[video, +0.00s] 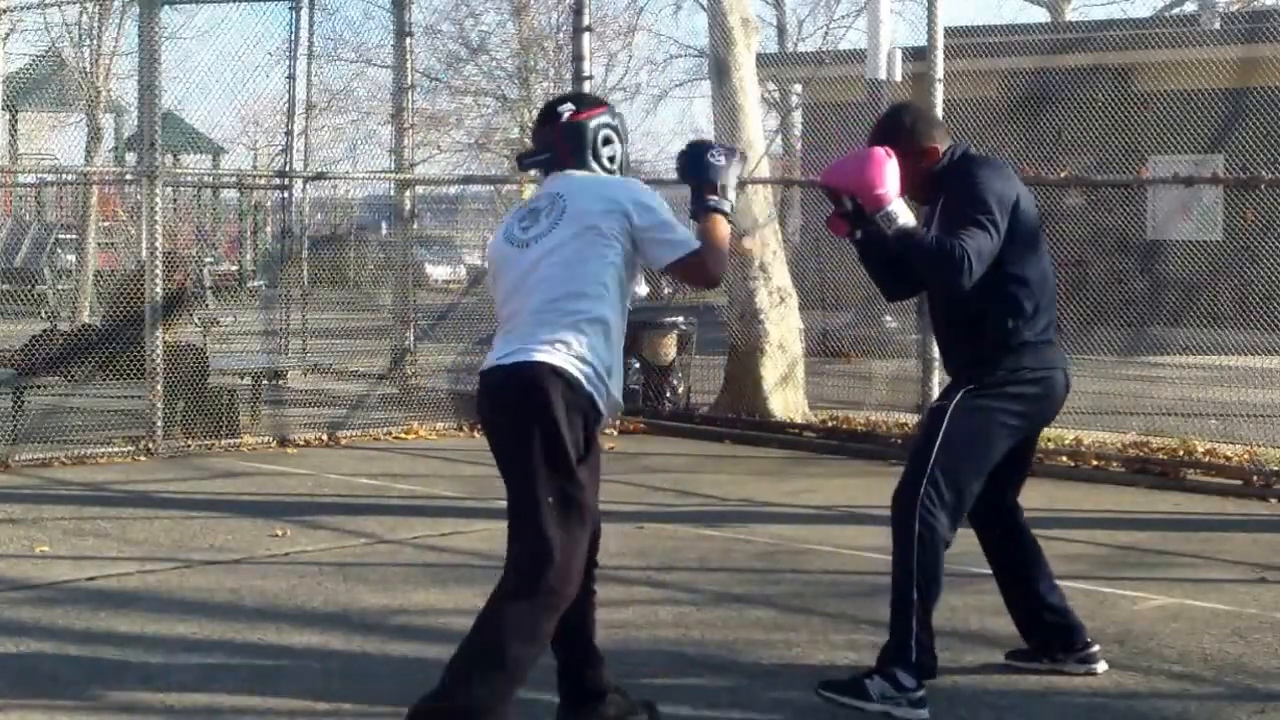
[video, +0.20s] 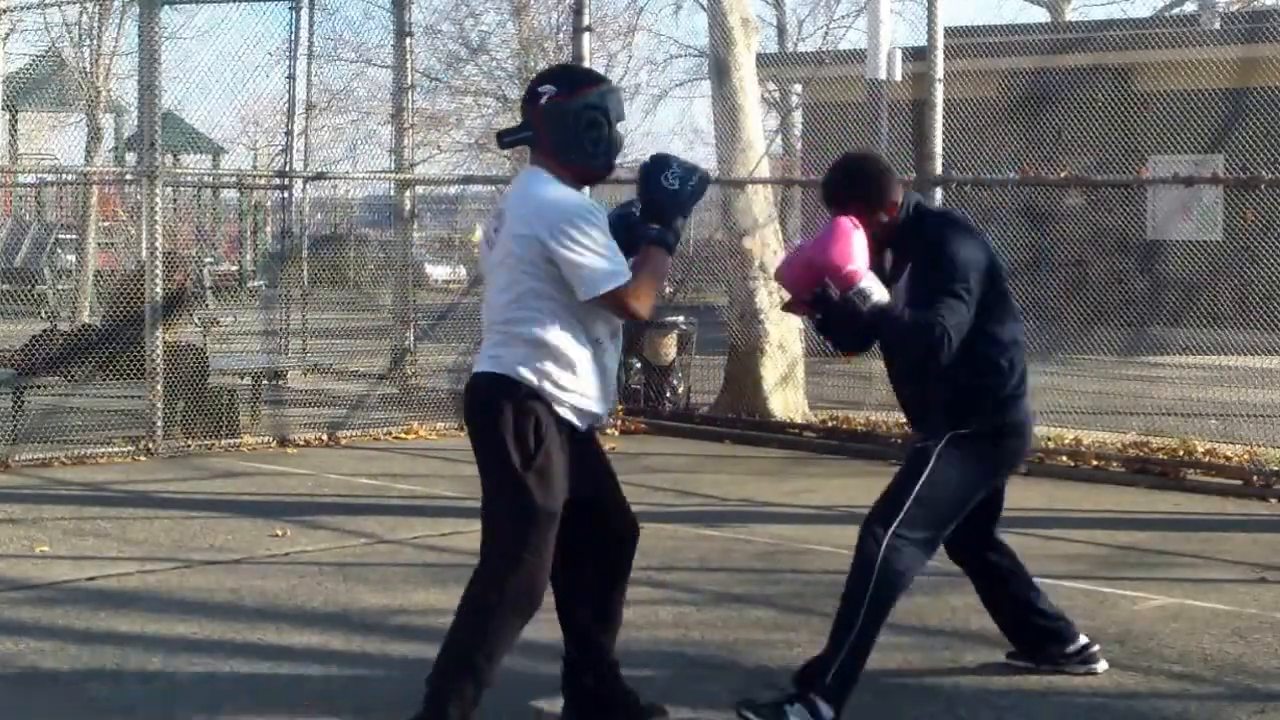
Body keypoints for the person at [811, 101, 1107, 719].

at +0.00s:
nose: (898, 182)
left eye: (895, 172)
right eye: (893, 173)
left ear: (916, 157)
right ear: (926, 151)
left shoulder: (983, 179)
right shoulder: (947, 196)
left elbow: (958, 270)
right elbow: (897, 284)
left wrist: (888, 215)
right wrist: (860, 231)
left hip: (1010, 374)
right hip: (1005, 373)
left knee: (920, 503)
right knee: (993, 509)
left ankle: (904, 674)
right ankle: (1060, 641)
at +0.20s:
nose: (843, 232)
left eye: (845, 221)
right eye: (841, 223)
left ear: (874, 212)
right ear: (884, 204)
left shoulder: (953, 242)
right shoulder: (891, 250)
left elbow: (938, 340)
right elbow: (857, 337)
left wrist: (862, 291)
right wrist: (818, 304)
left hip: (978, 431)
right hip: (955, 428)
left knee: (887, 537)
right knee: (973, 541)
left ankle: (820, 699)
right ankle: (1057, 643)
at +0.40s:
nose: (883, 397)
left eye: (894, 386)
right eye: (872, 385)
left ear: (916, 360)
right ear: (851, 357)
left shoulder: (951, 369)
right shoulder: (825, 339)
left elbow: (946, 476)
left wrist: (881, 466)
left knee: (832, 556)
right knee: (894, 629)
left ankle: (793, 702)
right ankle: (1029, 630)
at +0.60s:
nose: (931, 302)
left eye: (945, 293)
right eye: (925, 287)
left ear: (973, 279)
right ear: (910, 266)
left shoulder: (1011, 316)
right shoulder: (877, 286)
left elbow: (1003, 429)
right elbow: (810, 333)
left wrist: (937, 386)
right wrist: (800, 383)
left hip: (983, 461)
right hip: (918, 462)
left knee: (871, 542)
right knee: (940, 598)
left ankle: (802, 706)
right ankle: (1068, 658)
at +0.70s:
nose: (936, 229)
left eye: (946, 218)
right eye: (931, 216)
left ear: (986, 207)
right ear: (927, 205)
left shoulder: (1045, 248)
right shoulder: (933, 240)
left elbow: (1045, 356)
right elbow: (885, 322)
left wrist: (970, 302)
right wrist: (867, 285)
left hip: (1040, 429)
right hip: (988, 429)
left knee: (930, 518)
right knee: (990, 546)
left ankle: (885, 689)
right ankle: (1074, 658)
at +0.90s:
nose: (980, 186)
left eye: (981, 173)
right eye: (973, 175)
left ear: (1011, 156)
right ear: (1018, 152)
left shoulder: (1075, 199)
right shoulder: (1024, 197)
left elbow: (1041, 299)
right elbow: (973, 275)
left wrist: (977, 233)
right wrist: (939, 221)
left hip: (1102, 412)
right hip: (1066, 410)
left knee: (1030, 565)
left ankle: (1126, 695)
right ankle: (1100, 662)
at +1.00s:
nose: (998, 191)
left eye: (1000, 177)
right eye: (991, 179)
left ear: (1033, 160)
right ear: (1035, 155)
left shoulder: (1102, 202)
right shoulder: (1046, 193)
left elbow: (1055, 301)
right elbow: (1000, 279)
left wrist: (990, 225)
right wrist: (958, 226)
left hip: (1142, 402)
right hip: (1112, 399)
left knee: (1056, 559)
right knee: (1094, 526)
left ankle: (1130, 703)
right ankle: (1153, 657)